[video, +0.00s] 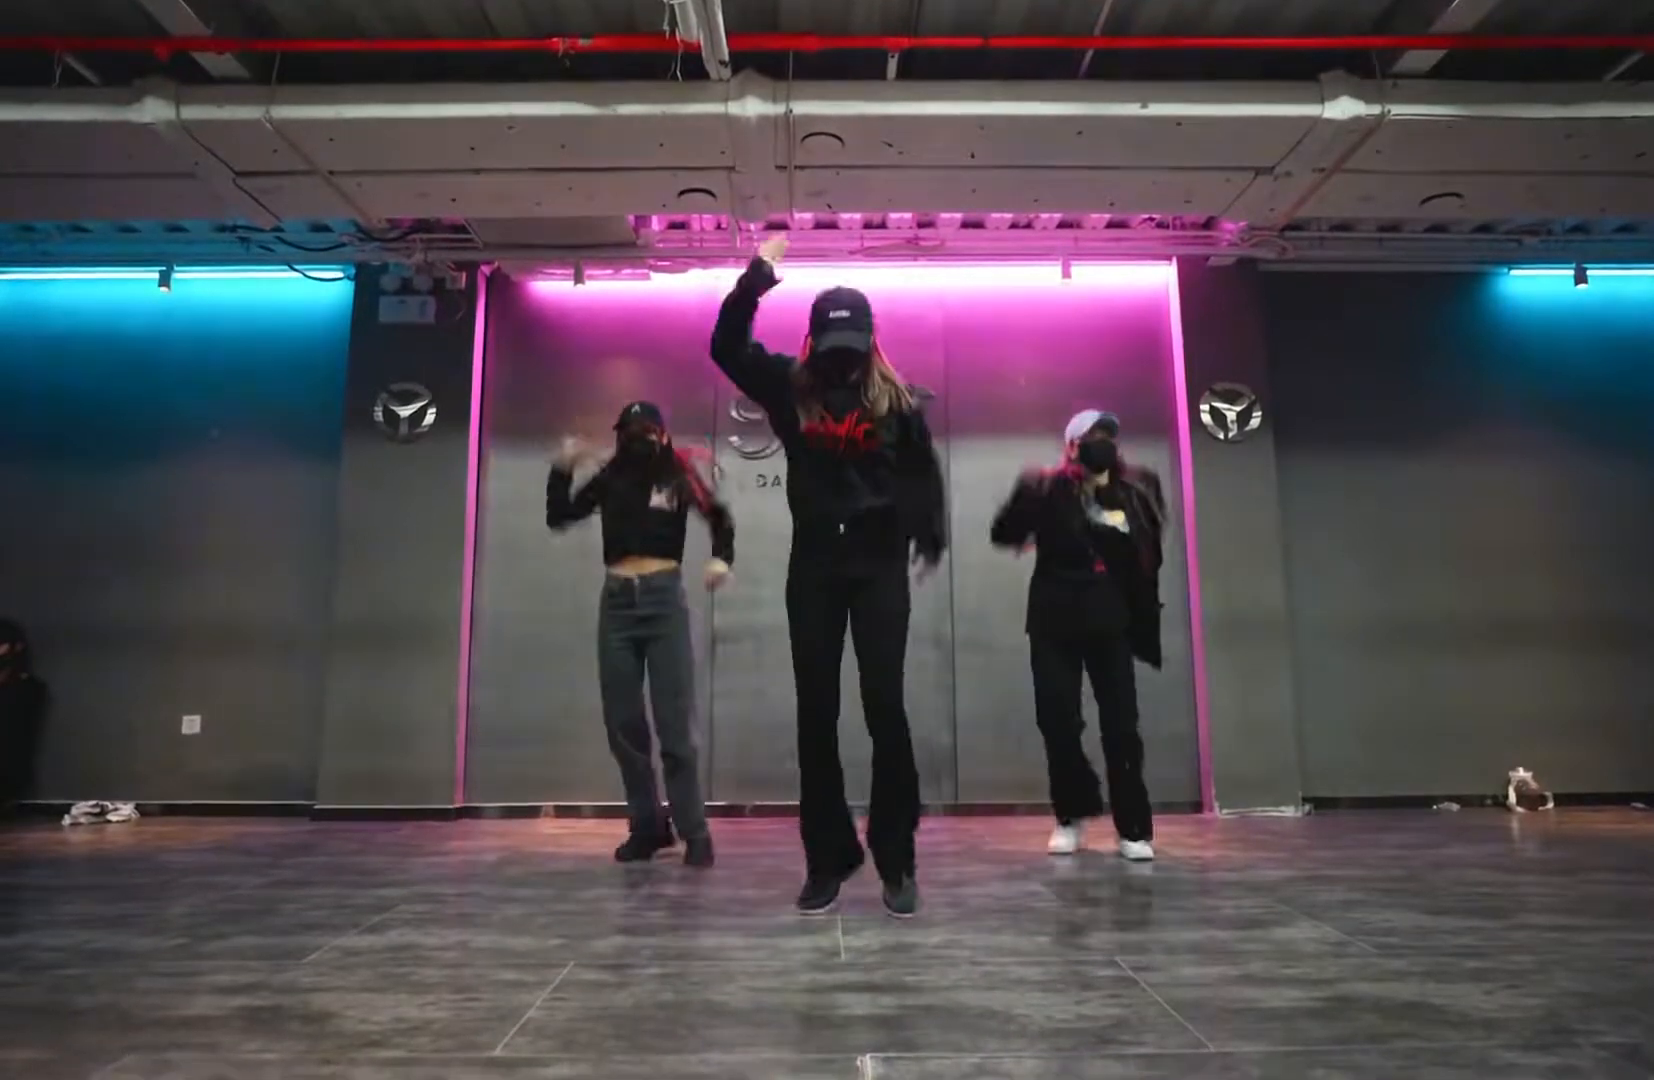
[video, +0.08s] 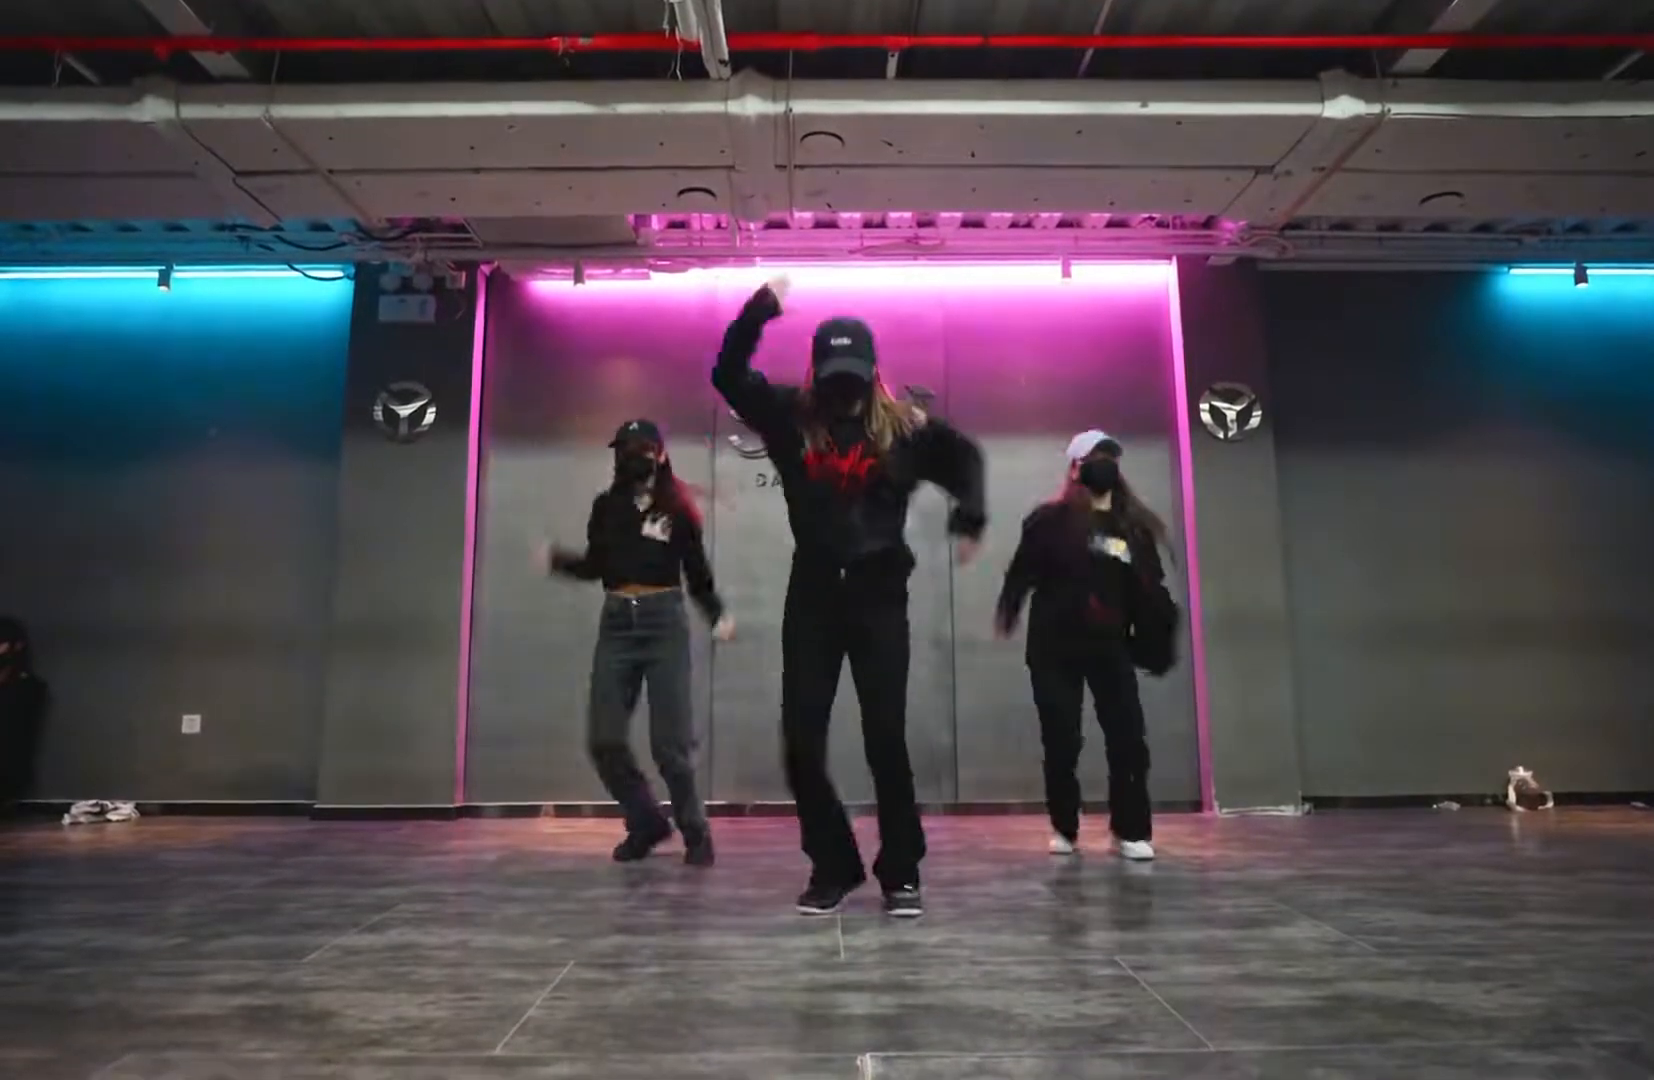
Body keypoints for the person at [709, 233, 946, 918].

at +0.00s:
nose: (844, 362)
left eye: (854, 351)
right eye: (833, 350)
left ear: (871, 345)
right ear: (813, 344)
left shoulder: (894, 402)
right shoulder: (789, 390)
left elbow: (923, 476)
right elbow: (729, 346)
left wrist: (927, 532)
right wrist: (758, 274)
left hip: (881, 568)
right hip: (814, 568)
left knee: (885, 710)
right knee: (816, 715)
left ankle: (896, 858)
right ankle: (828, 859)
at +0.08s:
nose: (843, 389)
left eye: (853, 378)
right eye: (833, 379)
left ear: (872, 374)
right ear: (816, 374)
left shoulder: (903, 429)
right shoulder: (789, 421)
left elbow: (964, 458)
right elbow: (729, 377)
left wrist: (969, 515)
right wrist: (755, 315)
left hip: (879, 600)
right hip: (812, 598)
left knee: (884, 743)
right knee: (801, 746)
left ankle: (900, 875)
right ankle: (833, 870)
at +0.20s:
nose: (842, 428)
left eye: (854, 415)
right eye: (831, 416)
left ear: (873, 411)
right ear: (814, 413)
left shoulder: (897, 475)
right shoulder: (786, 463)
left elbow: (927, 551)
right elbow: (725, 475)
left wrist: (902, 475)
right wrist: (743, 425)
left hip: (879, 641)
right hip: (812, 637)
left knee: (882, 770)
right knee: (749, 727)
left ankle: (901, 880)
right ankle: (781, 846)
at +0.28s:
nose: (824, 426)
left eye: (836, 414)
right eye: (814, 414)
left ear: (856, 410)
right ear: (801, 411)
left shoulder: (868, 472)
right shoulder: (792, 467)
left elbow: (885, 567)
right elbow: (762, 543)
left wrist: (886, 655)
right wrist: (730, 525)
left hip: (872, 643)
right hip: (806, 642)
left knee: (880, 774)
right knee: (727, 744)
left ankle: (902, 883)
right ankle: (696, 897)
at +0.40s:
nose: (764, 430)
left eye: (774, 416)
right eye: (754, 418)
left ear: (798, 406)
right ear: (742, 416)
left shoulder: (832, 454)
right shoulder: (761, 466)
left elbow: (836, 526)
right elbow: (742, 522)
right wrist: (699, 554)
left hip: (863, 637)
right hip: (796, 636)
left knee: (881, 768)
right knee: (718, 757)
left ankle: (903, 876)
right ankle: (665, 913)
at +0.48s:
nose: (753, 427)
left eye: (764, 413)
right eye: (741, 415)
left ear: (789, 402)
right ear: (725, 412)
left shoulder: (831, 457)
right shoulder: (727, 464)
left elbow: (875, 535)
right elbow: (703, 515)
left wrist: (808, 490)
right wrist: (669, 562)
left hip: (850, 639)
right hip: (777, 641)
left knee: (915, 767)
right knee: (702, 760)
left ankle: (909, 852)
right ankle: (661, 915)